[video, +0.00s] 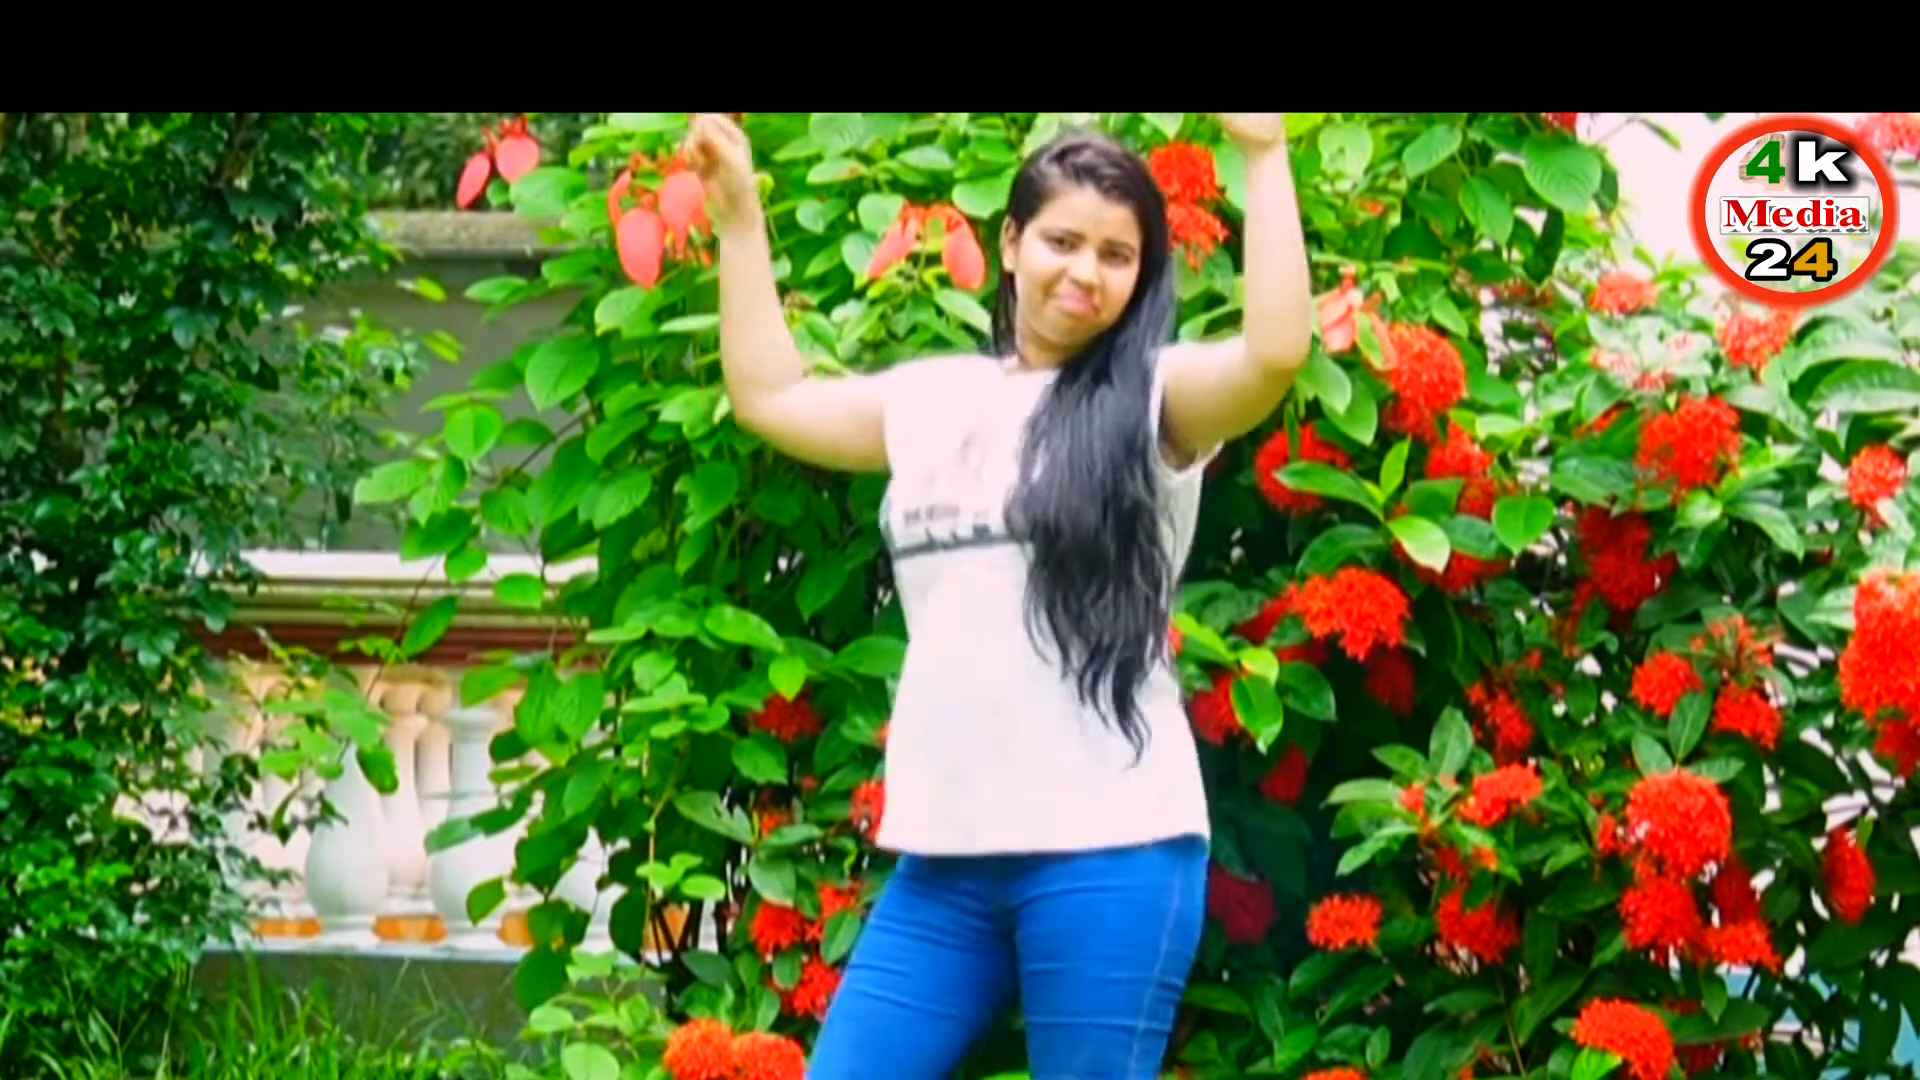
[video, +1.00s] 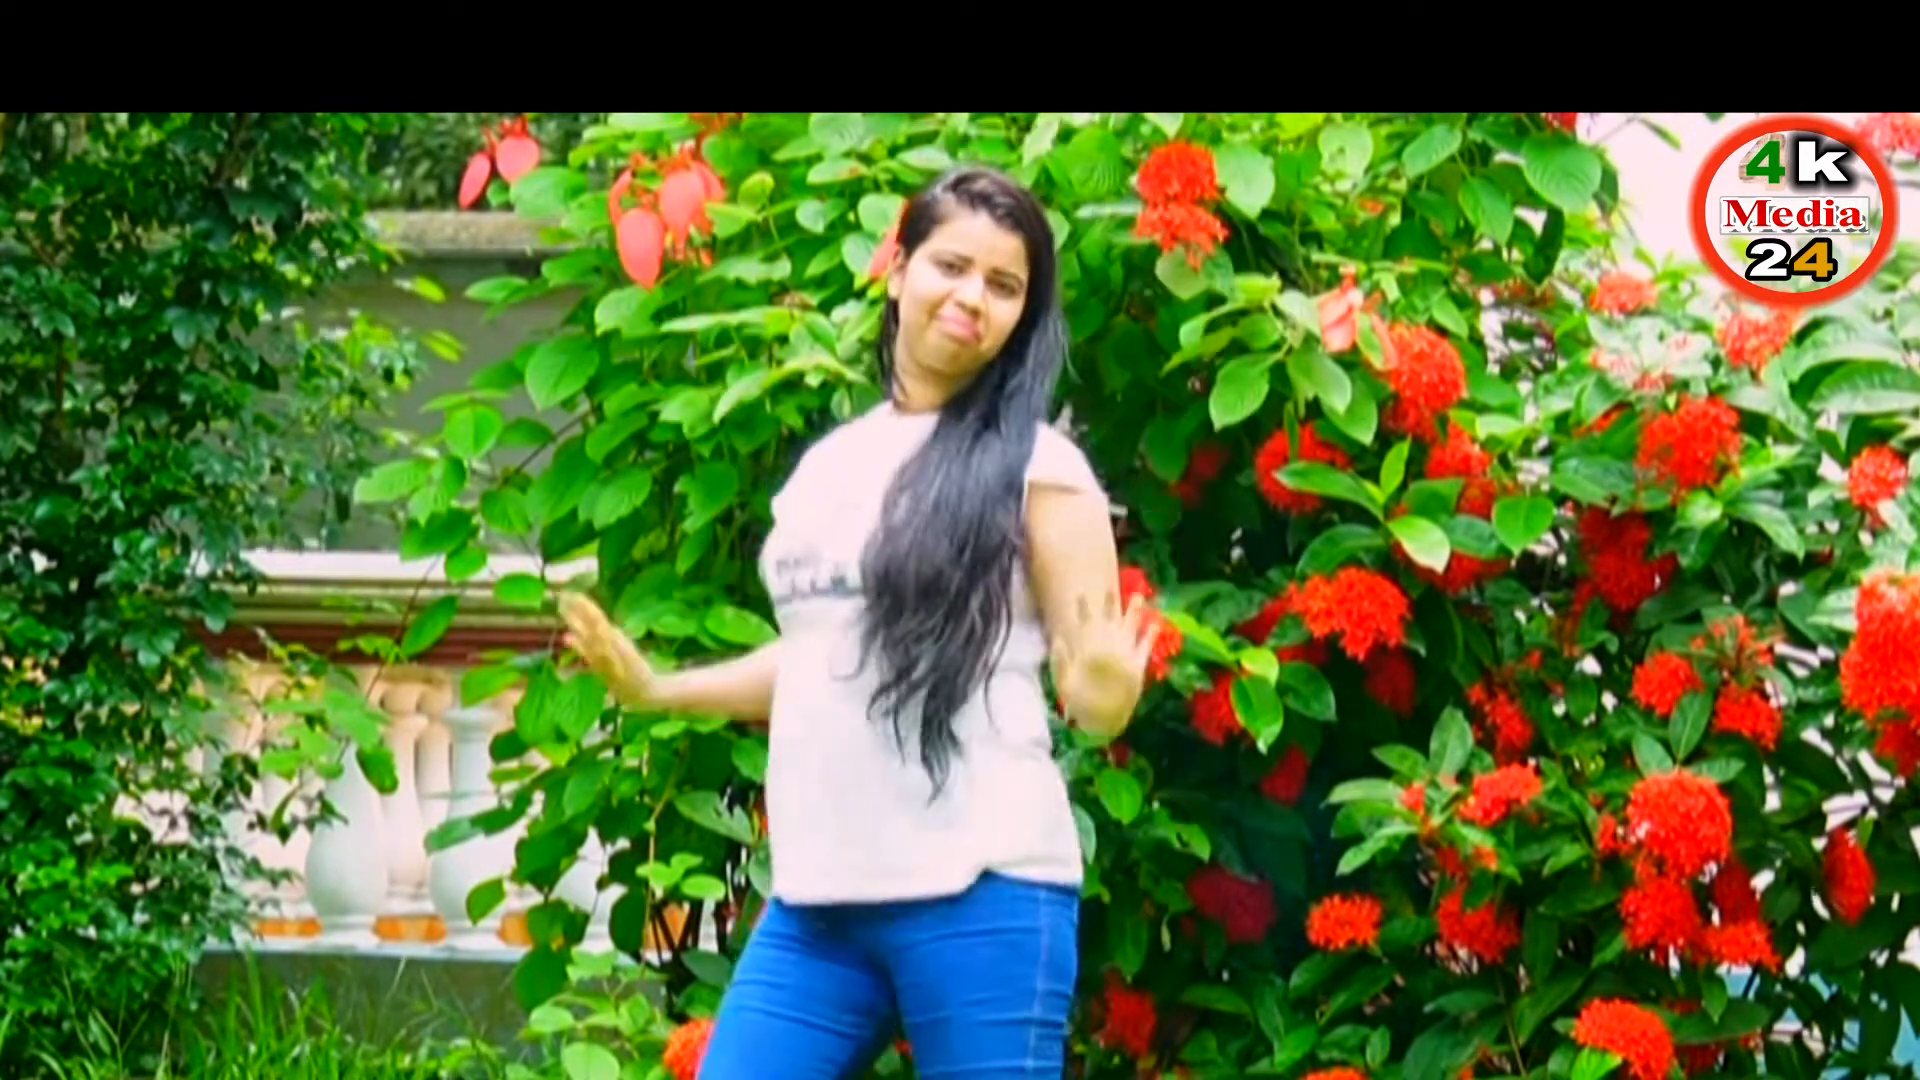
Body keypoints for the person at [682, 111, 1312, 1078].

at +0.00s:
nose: (1084, 274)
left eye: (1115, 255)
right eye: (1062, 241)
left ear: (1142, 276)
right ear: (1012, 243)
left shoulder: (1152, 396)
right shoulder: (927, 397)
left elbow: (1276, 352)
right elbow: (767, 396)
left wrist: (1264, 151)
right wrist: (738, 221)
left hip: (1110, 861)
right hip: (939, 863)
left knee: (1088, 1072)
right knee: (841, 1070)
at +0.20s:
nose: (1068, 281)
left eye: (1099, 265)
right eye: (1047, 249)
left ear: (1127, 291)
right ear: (997, 252)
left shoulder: (1131, 409)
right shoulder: (909, 403)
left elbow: (1212, 394)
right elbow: (738, 408)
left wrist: (1216, 190)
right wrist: (666, 233)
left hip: (1080, 864)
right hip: (913, 859)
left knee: (1061, 1068)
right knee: (821, 1070)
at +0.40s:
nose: (1032, 254)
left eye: (1064, 241)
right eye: (1013, 222)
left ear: (1086, 269)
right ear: (960, 226)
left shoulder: (1093, 384)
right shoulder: (874, 399)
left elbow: (1212, 437)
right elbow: (730, 466)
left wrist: (1179, 257)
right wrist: (667, 318)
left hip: (1036, 861)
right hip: (859, 850)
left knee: (1051, 1070)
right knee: (806, 1069)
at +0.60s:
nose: (989, 263)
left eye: (1021, 248)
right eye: (969, 229)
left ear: (1042, 276)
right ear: (916, 233)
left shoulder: (1046, 418)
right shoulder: (829, 421)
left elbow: (1165, 592)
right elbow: (783, 600)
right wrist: (634, 471)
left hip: (1004, 861)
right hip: (829, 862)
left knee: (1036, 1070)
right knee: (769, 1071)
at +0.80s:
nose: (968, 288)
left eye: (999, 273)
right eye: (948, 256)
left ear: (1020, 299)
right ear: (890, 260)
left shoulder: (1031, 430)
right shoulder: (827, 448)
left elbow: (1126, 635)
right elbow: (741, 619)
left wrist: (1149, 611)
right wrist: (559, 585)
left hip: (983, 885)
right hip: (804, 879)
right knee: (733, 1072)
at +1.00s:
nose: (970, 300)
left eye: (1002, 285)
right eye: (951, 267)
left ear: (1025, 315)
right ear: (895, 269)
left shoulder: (1037, 461)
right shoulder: (825, 462)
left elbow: (1095, 707)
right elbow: (821, 662)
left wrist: (1103, 689)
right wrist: (656, 691)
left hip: (984, 893)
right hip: (817, 895)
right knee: (726, 1070)